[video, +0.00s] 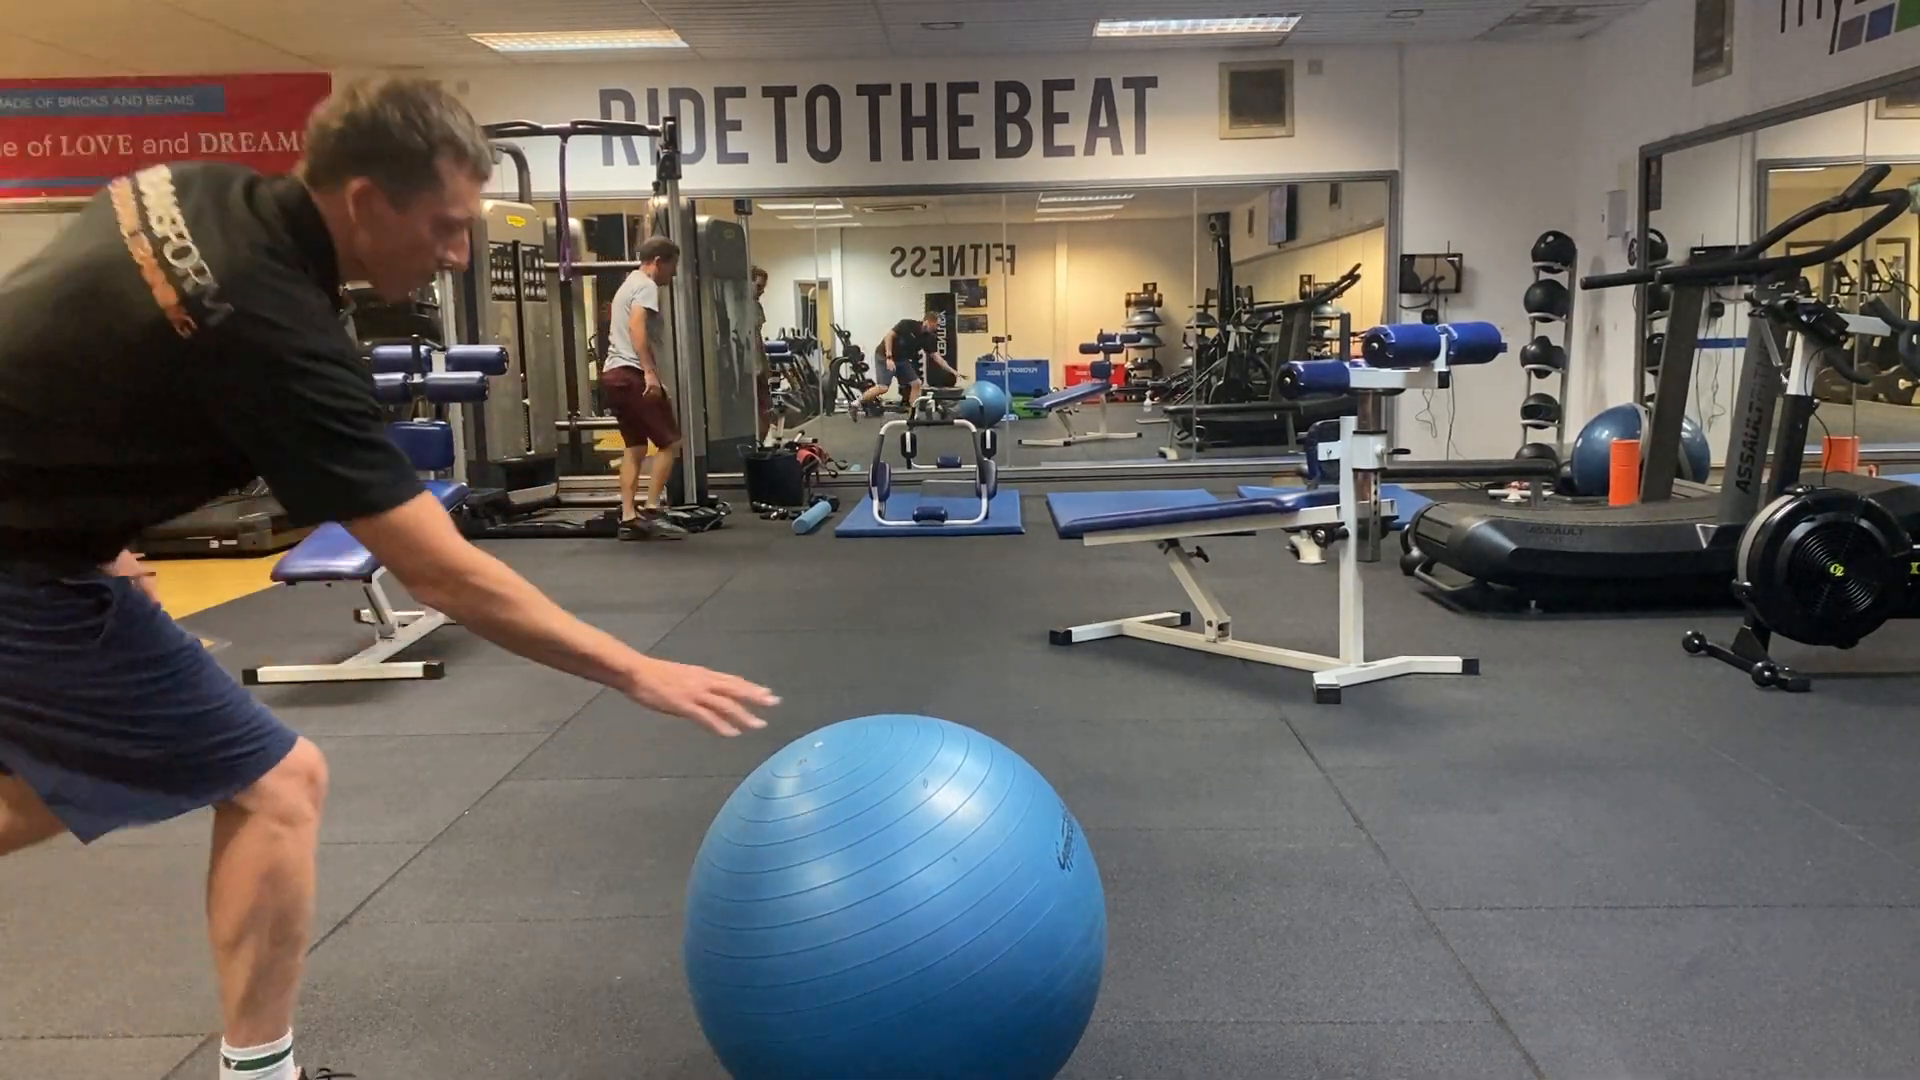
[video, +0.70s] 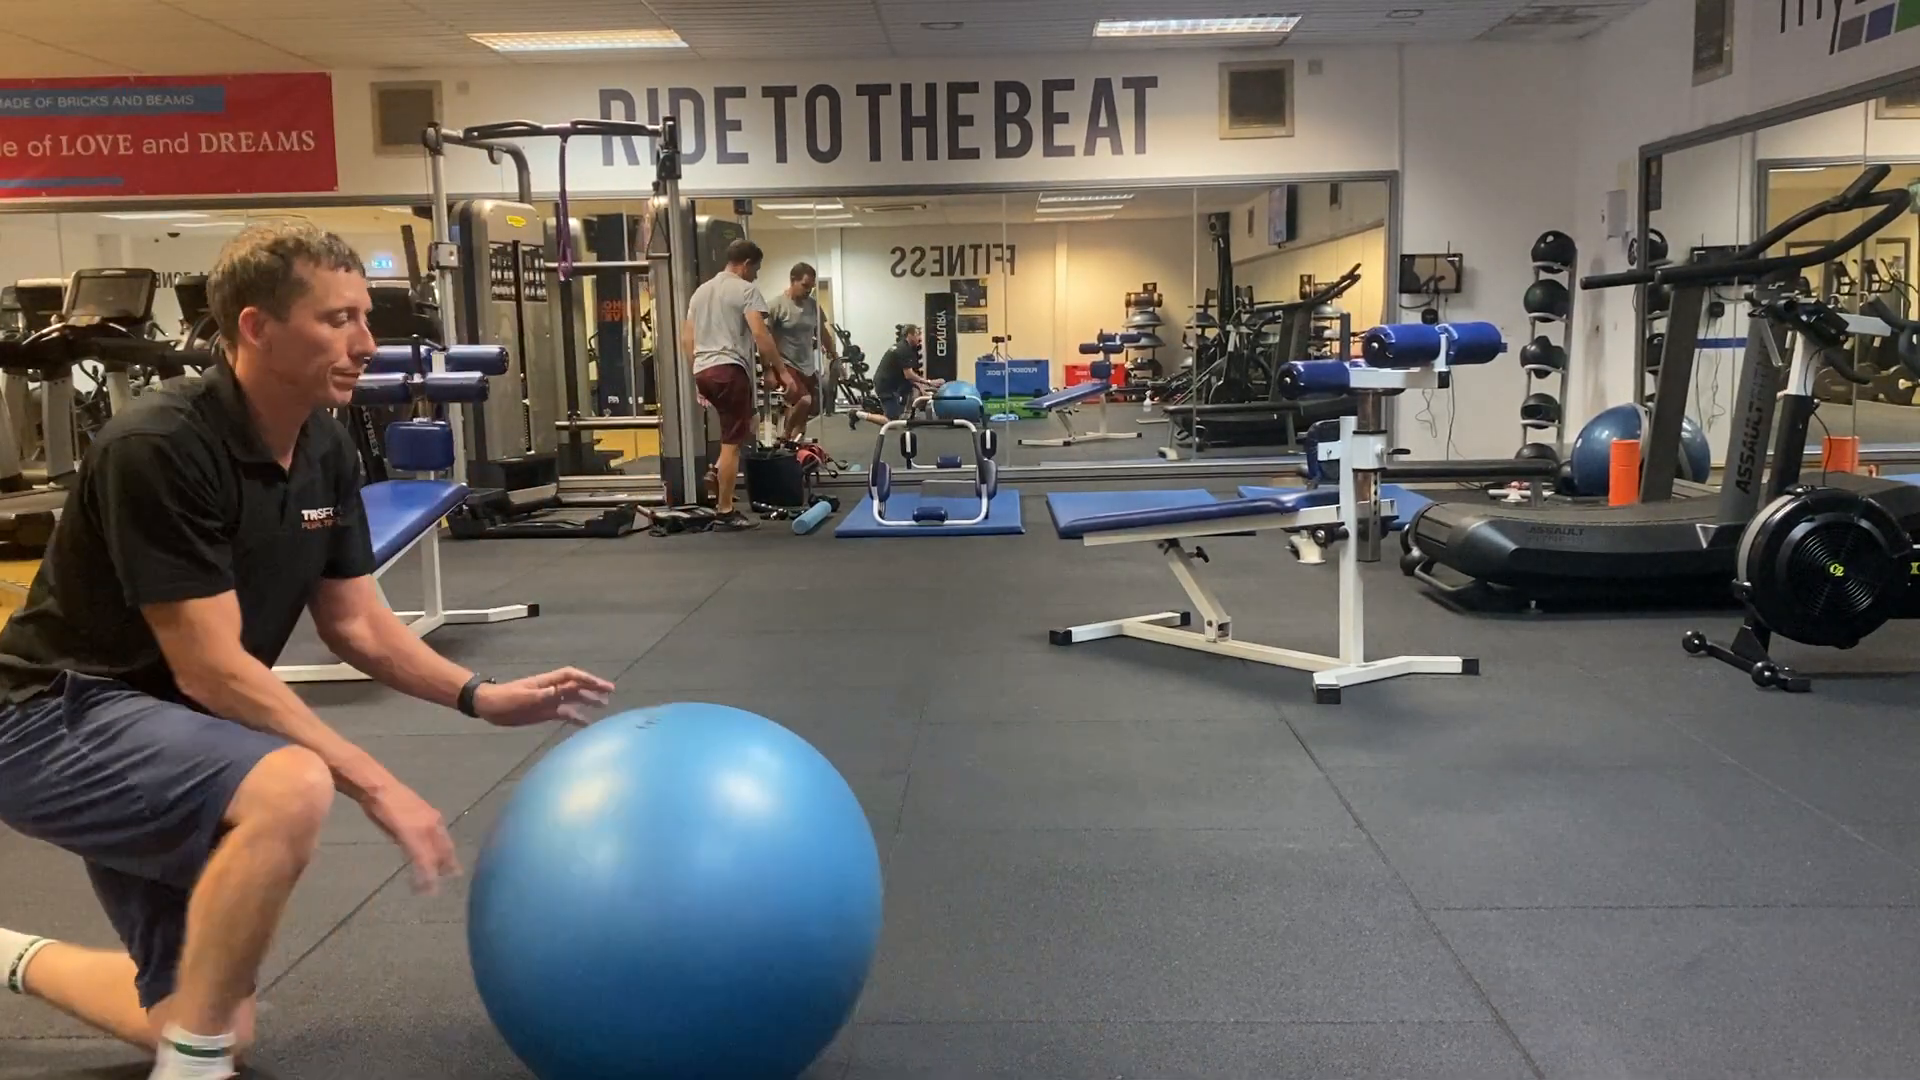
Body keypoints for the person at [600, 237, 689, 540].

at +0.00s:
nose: (673, 274)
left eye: (674, 268)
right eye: (672, 267)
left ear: (649, 262)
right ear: (656, 262)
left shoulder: (629, 282)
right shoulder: (645, 285)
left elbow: (624, 331)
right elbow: (636, 328)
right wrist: (650, 372)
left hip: (612, 374)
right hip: (630, 374)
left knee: (635, 446)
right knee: (670, 442)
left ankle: (628, 516)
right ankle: (651, 507)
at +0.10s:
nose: (685, 277)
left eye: (687, 272)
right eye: (684, 270)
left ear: (661, 264)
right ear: (669, 264)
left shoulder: (641, 284)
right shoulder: (658, 286)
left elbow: (634, 332)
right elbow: (645, 326)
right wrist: (652, 373)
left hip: (625, 374)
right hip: (644, 374)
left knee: (638, 447)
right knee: (681, 444)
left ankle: (628, 516)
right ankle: (694, 511)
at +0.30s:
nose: (712, 284)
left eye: (713, 278)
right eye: (711, 277)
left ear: (688, 269)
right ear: (698, 270)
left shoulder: (664, 294)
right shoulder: (690, 292)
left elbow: (654, 336)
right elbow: (673, 327)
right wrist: (673, 374)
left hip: (652, 379)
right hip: (679, 380)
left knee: (656, 450)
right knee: (705, 450)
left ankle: (631, 514)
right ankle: (722, 511)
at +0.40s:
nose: (726, 281)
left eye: (728, 276)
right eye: (727, 275)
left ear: (702, 266)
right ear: (716, 268)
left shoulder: (676, 293)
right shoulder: (708, 290)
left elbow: (672, 333)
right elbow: (694, 328)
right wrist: (696, 375)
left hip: (667, 378)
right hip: (694, 375)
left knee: (681, 448)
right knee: (716, 447)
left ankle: (643, 501)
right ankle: (724, 511)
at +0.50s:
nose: (736, 277)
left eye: (737, 272)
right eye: (737, 271)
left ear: (712, 264)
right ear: (727, 266)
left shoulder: (685, 292)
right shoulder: (723, 291)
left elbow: (675, 339)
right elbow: (718, 332)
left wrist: (685, 370)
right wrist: (726, 374)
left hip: (681, 372)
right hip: (707, 370)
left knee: (703, 442)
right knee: (721, 444)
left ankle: (667, 475)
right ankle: (724, 511)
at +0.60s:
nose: (746, 276)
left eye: (747, 270)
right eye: (747, 270)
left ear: (721, 263)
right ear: (737, 264)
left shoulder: (692, 292)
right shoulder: (736, 289)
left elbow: (681, 336)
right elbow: (740, 336)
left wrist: (688, 366)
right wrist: (757, 374)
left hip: (690, 371)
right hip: (718, 368)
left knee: (724, 431)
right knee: (727, 442)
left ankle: (690, 463)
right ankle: (724, 509)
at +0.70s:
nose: (755, 275)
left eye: (756, 270)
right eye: (755, 270)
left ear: (729, 262)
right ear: (745, 264)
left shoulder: (699, 292)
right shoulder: (746, 289)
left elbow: (687, 338)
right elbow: (760, 334)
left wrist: (698, 373)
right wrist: (781, 370)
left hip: (702, 372)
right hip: (730, 369)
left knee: (742, 425)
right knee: (731, 443)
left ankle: (715, 473)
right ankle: (725, 510)